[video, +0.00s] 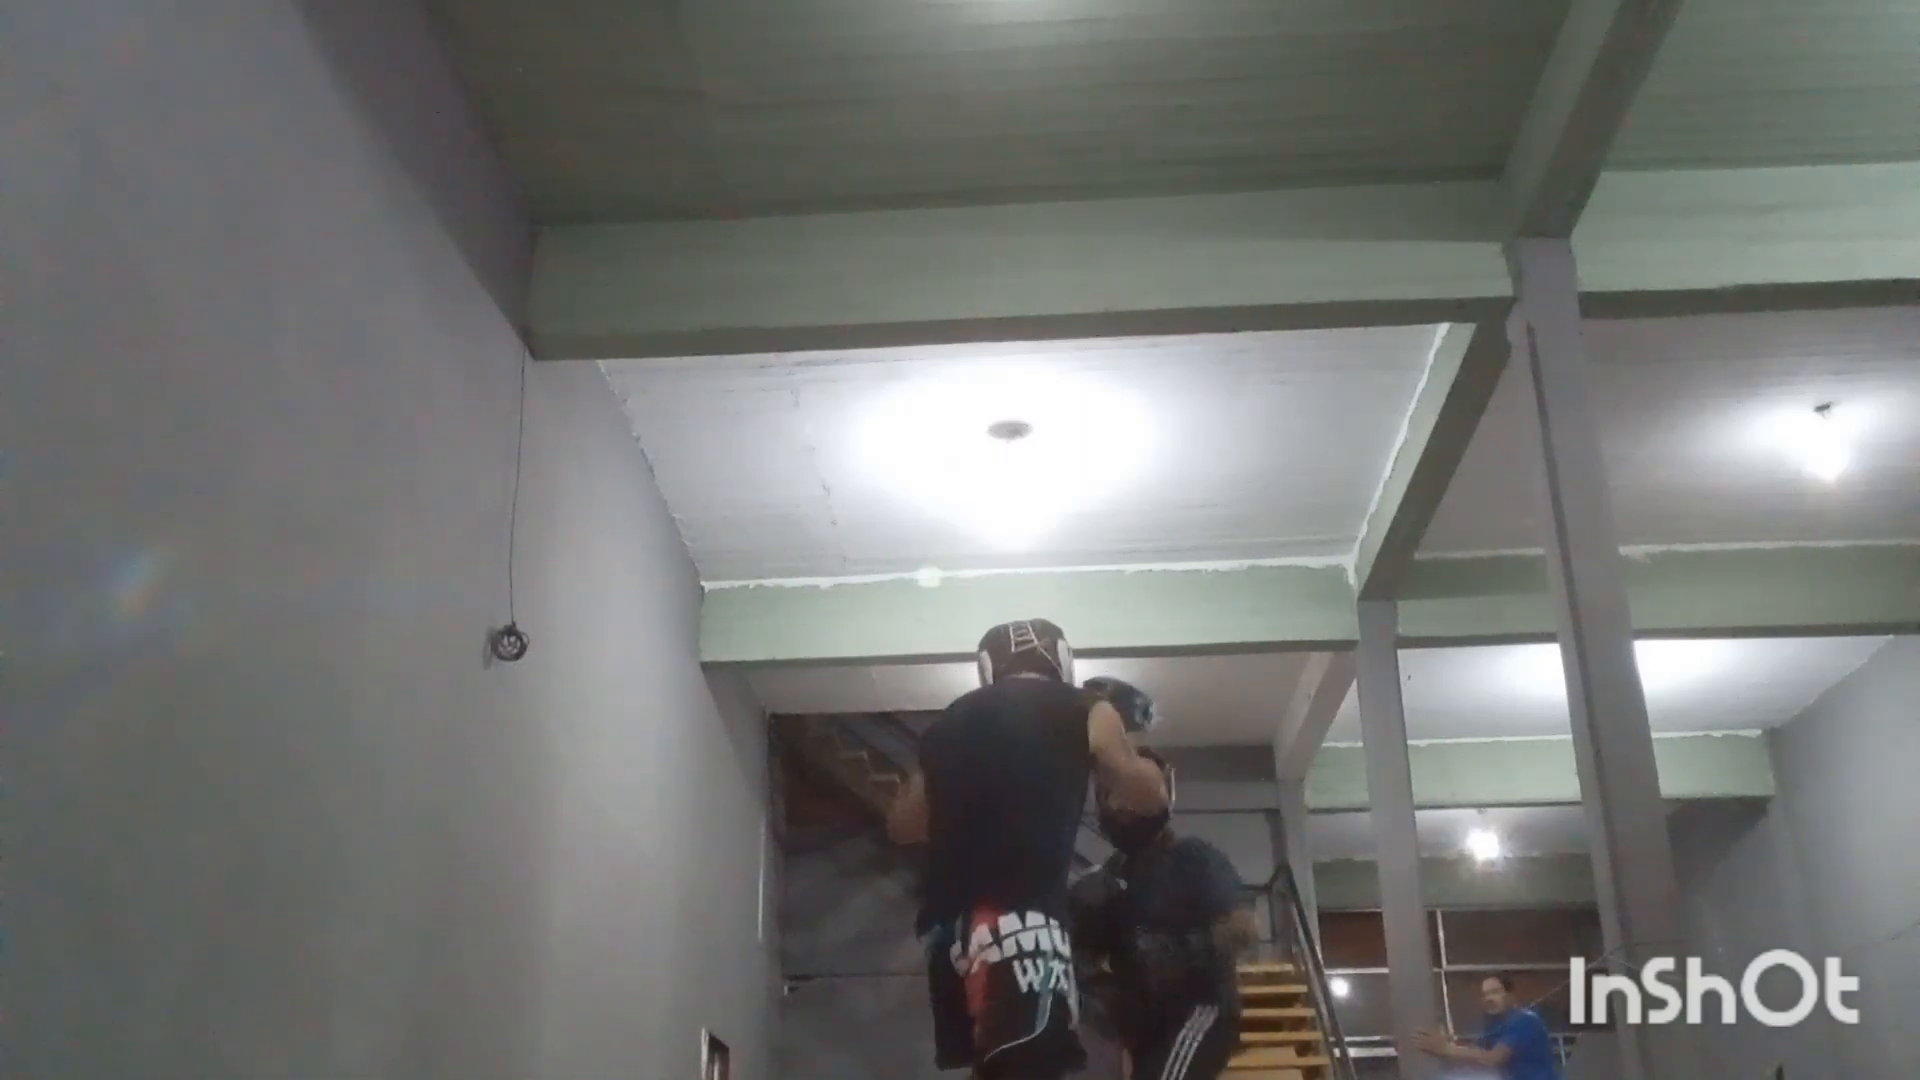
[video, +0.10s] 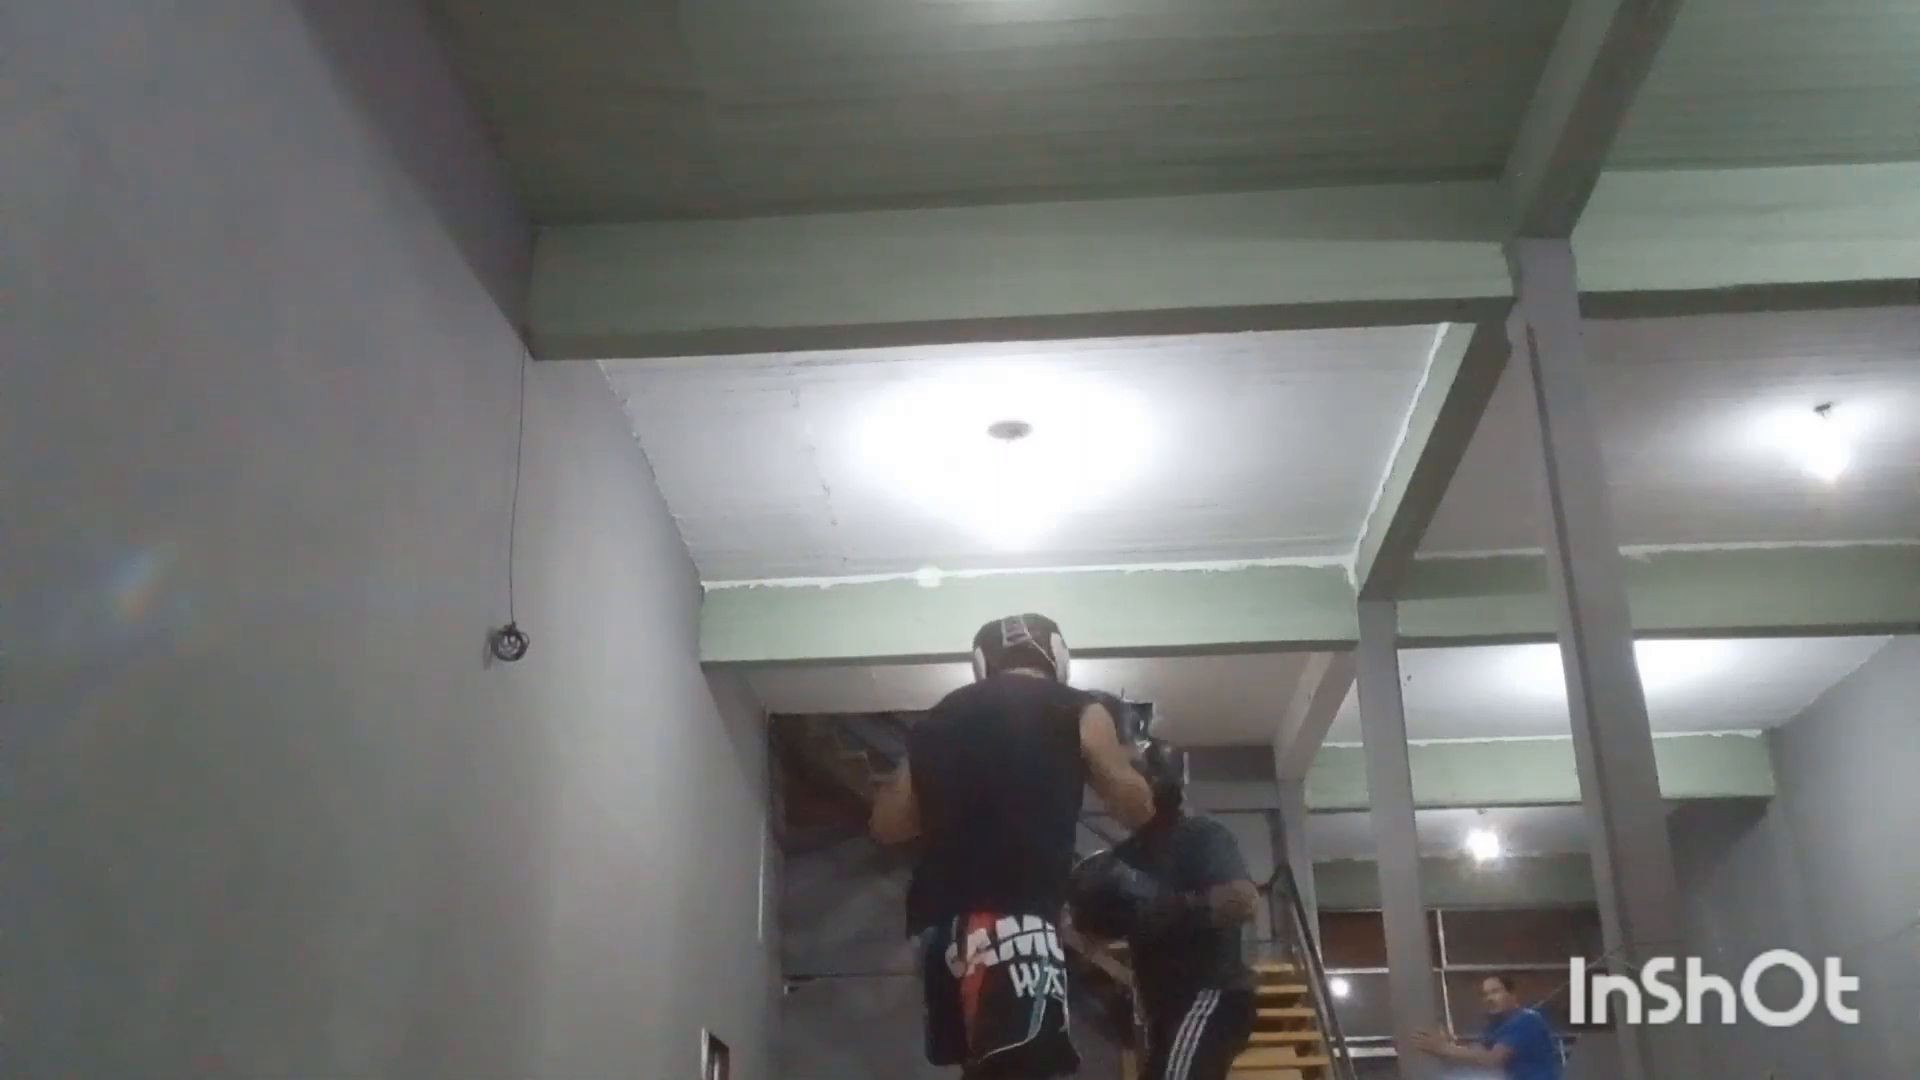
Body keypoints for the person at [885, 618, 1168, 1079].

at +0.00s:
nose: (1068, 665)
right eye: (1064, 658)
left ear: (990, 667)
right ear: (1056, 660)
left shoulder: (946, 723)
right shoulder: (1086, 707)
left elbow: (904, 825)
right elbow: (1146, 793)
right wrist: (1148, 769)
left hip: (948, 928)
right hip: (1029, 923)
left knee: (974, 1063)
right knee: (1031, 1063)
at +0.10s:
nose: (1067, 662)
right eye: (1064, 654)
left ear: (985, 664)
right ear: (1054, 656)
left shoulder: (939, 718)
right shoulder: (1078, 708)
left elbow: (889, 823)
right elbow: (1135, 808)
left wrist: (951, 808)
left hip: (942, 916)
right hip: (1026, 912)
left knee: (971, 1063)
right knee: (1030, 1064)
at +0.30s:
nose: (1029, 669)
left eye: (1027, 663)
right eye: (1026, 661)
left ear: (953, 672)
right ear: (1012, 661)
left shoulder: (912, 726)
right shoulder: (1047, 701)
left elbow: (903, 831)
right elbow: (1116, 794)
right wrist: (1105, 754)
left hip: (925, 906)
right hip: (1016, 903)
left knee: (952, 1062)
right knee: (1019, 1063)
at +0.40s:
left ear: (933, 688)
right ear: (991, 673)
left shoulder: (911, 737)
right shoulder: (1030, 713)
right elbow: (1107, 794)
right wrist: (1084, 752)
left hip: (910, 929)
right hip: (998, 923)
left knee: (940, 1065)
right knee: (1002, 1066)